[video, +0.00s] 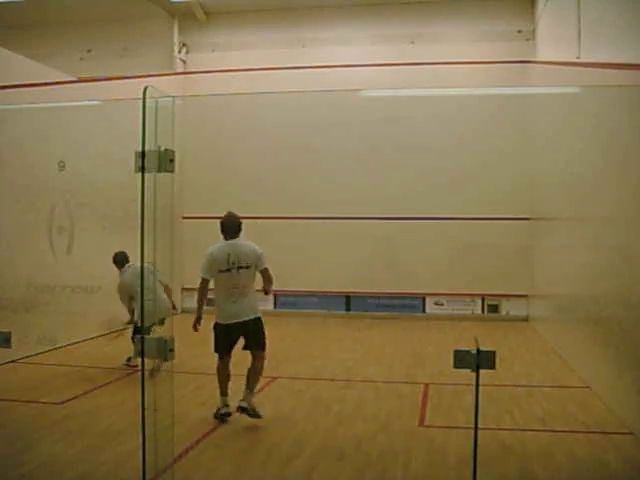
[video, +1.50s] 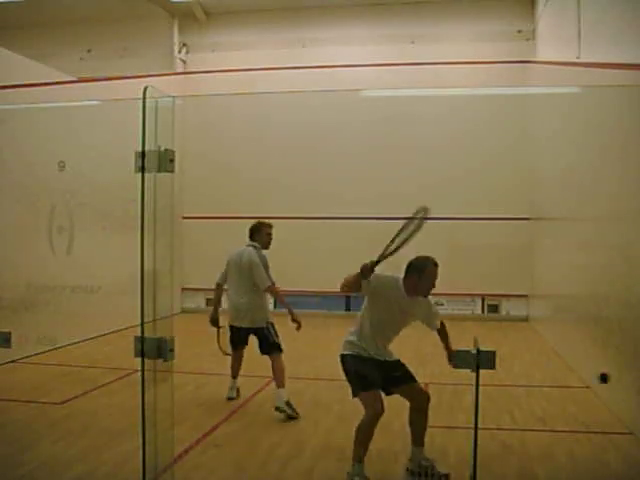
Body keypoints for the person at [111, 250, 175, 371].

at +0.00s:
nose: (116, 267)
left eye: (116, 265)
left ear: (116, 265)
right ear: (129, 259)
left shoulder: (123, 283)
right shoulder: (145, 267)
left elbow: (129, 305)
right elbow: (166, 286)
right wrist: (171, 303)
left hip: (146, 313)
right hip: (163, 307)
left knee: (137, 337)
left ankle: (158, 357)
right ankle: (135, 357)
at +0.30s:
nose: (157, 249)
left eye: (156, 247)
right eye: (157, 247)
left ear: (142, 248)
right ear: (155, 248)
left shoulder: (137, 264)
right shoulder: (161, 265)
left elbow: (136, 277)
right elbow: (170, 290)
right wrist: (176, 313)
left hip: (142, 307)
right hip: (160, 307)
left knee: (138, 332)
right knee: (157, 336)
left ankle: (135, 358)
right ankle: (154, 363)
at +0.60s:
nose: (192, 244)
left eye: (192, 240)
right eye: (190, 240)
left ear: (175, 240)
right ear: (183, 241)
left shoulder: (159, 255)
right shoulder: (184, 258)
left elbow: (149, 280)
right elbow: (191, 286)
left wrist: (146, 304)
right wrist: (204, 310)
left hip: (158, 304)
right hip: (176, 305)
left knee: (154, 335)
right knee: (178, 330)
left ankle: (156, 364)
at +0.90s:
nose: (225, 237)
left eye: (225, 233)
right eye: (223, 233)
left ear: (207, 233)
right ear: (214, 233)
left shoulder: (191, 249)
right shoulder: (215, 251)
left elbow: (172, 269)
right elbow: (217, 279)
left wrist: (149, 286)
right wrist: (223, 305)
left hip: (191, 304)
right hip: (211, 305)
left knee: (183, 333)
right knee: (215, 338)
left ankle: (175, 366)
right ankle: (213, 373)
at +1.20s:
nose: (245, 231)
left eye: (245, 227)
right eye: (242, 227)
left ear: (229, 229)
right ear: (232, 228)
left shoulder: (214, 248)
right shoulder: (232, 247)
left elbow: (199, 276)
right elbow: (230, 275)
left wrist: (188, 301)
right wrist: (235, 301)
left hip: (217, 309)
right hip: (235, 308)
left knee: (228, 346)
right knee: (247, 338)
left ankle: (231, 386)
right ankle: (252, 379)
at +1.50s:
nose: (271, 239)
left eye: (271, 235)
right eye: (267, 235)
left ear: (251, 237)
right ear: (255, 236)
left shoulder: (234, 256)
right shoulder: (257, 256)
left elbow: (219, 285)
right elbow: (270, 288)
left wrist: (214, 311)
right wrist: (291, 312)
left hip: (237, 318)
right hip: (259, 318)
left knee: (237, 351)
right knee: (276, 355)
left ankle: (232, 387)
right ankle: (282, 399)